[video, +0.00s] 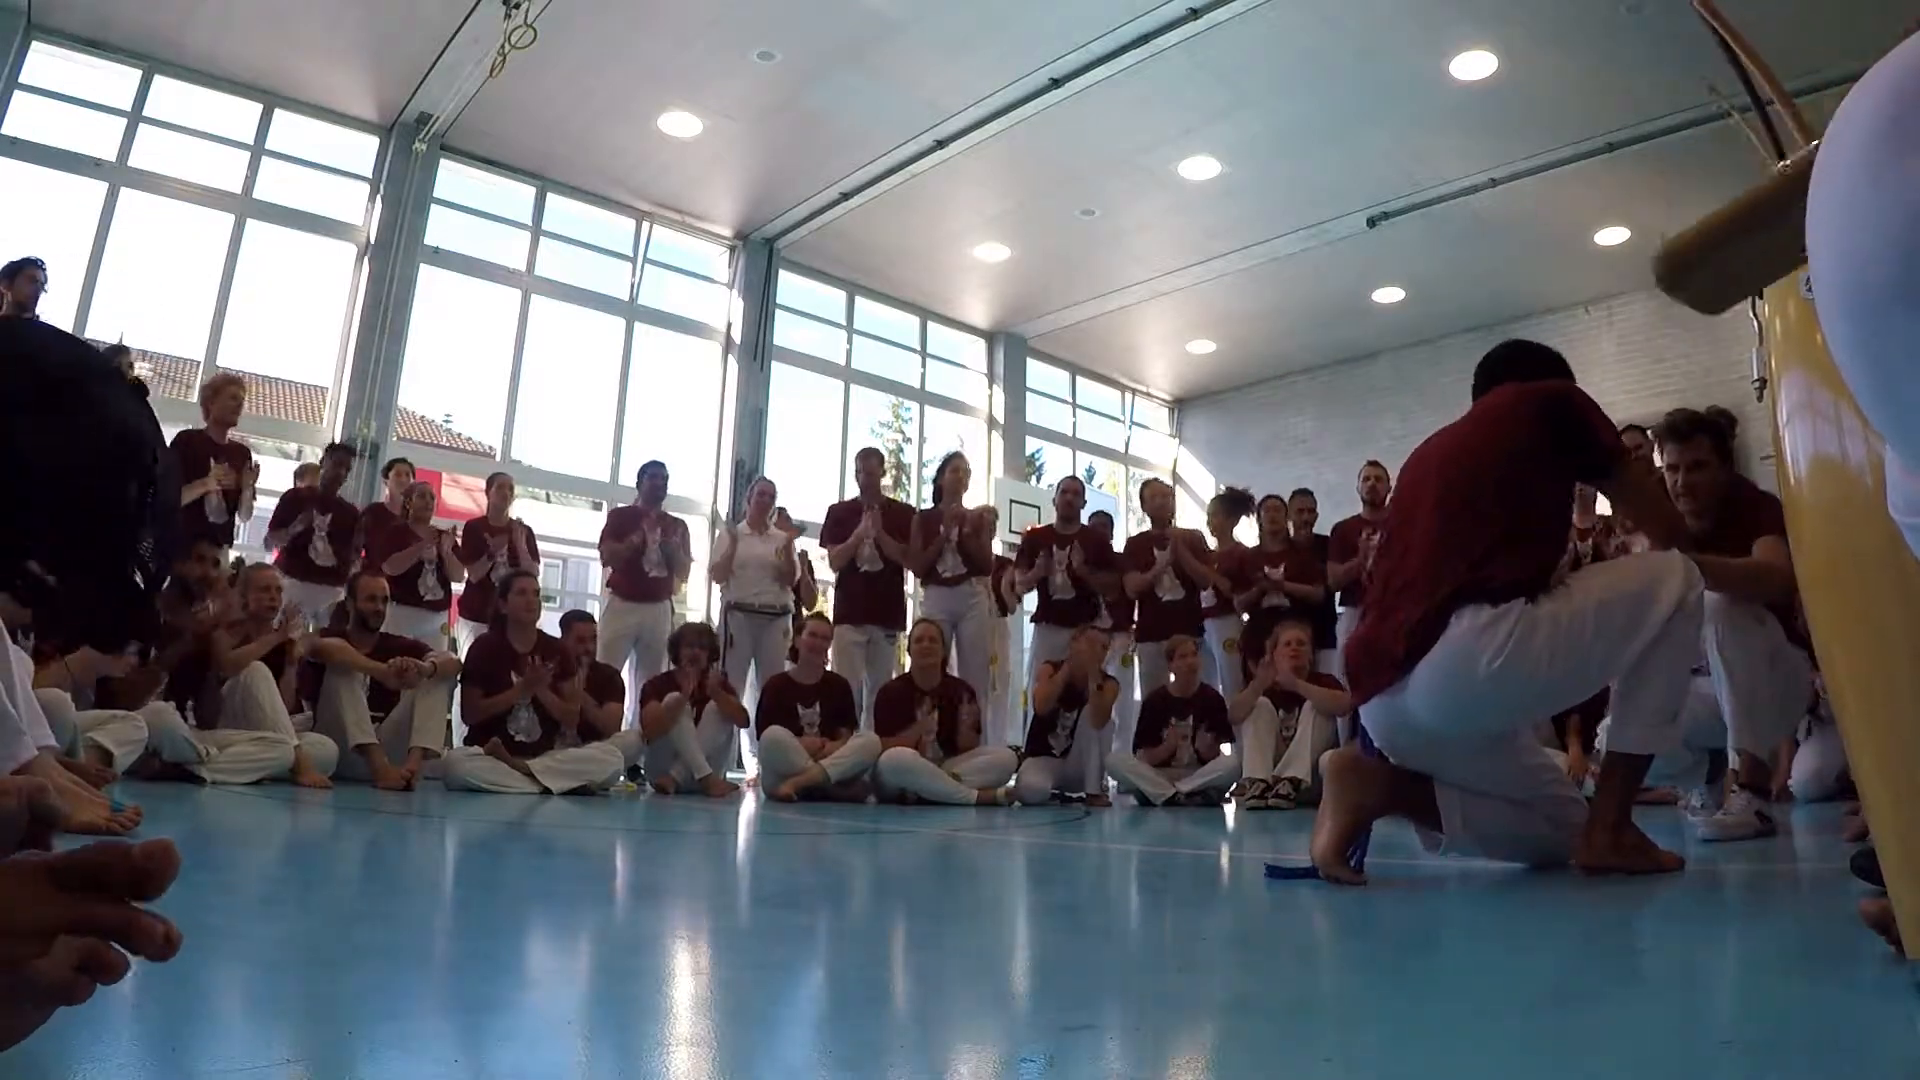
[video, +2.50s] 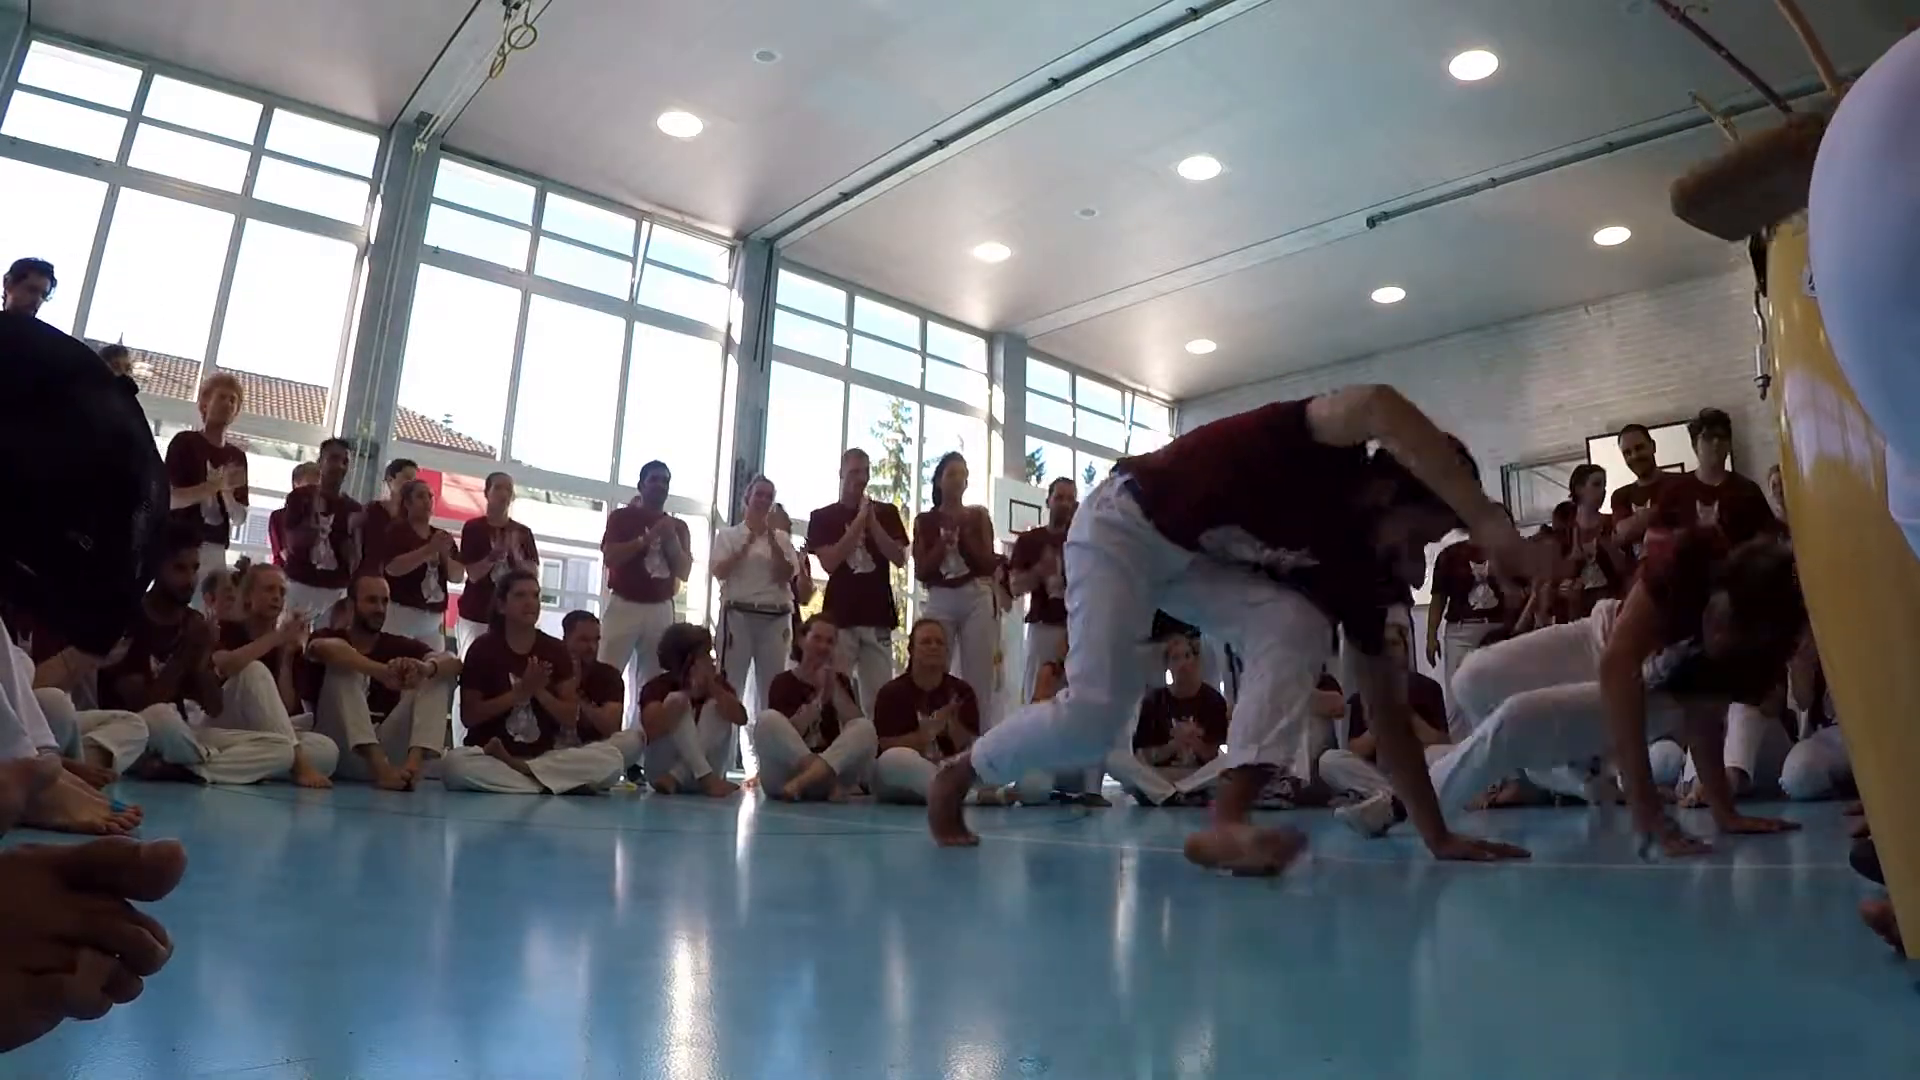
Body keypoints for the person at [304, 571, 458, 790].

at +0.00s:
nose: (380, 608)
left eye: (384, 601)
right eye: (371, 600)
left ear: (389, 603)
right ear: (350, 603)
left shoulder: (393, 643)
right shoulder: (328, 638)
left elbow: (454, 662)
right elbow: (318, 648)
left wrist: (426, 667)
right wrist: (382, 672)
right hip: (335, 750)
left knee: (438, 673)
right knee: (342, 663)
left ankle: (414, 764)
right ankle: (379, 765)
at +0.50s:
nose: (380, 608)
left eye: (384, 601)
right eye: (371, 600)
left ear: (389, 604)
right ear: (350, 603)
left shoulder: (394, 643)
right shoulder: (329, 636)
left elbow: (454, 663)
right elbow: (318, 648)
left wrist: (426, 667)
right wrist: (383, 672)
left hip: (387, 752)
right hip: (336, 750)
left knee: (438, 673)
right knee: (342, 663)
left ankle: (414, 763)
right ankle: (379, 765)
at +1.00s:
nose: (380, 608)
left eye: (384, 601)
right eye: (371, 600)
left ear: (389, 604)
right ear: (350, 603)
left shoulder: (394, 643)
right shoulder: (327, 637)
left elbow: (454, 663)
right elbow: (319, 649)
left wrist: (426, 667)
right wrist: (383, 672)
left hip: (386, 752)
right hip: (336, 750)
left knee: (438, 673)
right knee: (342, 664)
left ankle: (414, 764)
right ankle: (379, 766)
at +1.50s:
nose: (380, 608)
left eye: (384, 601)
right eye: (371, 600)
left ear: (389, 604)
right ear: (351, 603)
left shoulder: (395, 644)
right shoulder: (327, 637)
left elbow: (454, 663)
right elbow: (325, 649)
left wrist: (426, 667)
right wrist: (382, 672)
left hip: (386, 752)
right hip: (336, 750)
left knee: (437, 673)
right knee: (343, 664)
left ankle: (414, 764)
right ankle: (379, 766)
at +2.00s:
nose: (380, 608)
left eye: (384, 601)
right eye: (371, 601)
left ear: (389, 603)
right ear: (352, 603)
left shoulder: (395, 644)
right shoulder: (328, 638)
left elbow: (455, 663)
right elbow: (319, 648)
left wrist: (426, 667)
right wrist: (383, 672)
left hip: (387, 751)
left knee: (437, 674)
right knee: (343, 663)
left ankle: (414, 764)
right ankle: (379, 766)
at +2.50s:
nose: (380, 609)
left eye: (385, 602)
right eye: (371, 601)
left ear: (389, 604)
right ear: (353, 604)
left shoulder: (397, 644)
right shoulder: (329, 638)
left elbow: (455, 663)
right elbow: (319, 649)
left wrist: (427, 668)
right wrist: (382, 671)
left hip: (387, 751)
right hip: (336, 749)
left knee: (438, 674)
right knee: (342, 663)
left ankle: (414, 763)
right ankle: (379, 765)